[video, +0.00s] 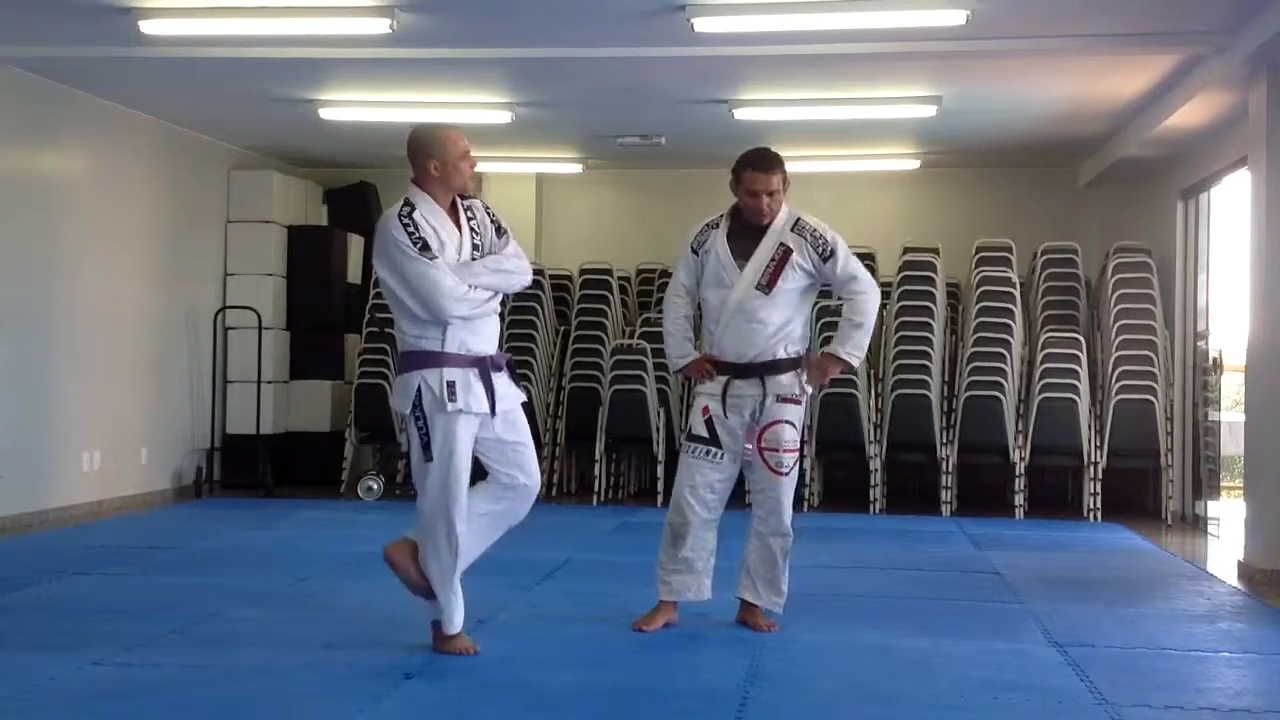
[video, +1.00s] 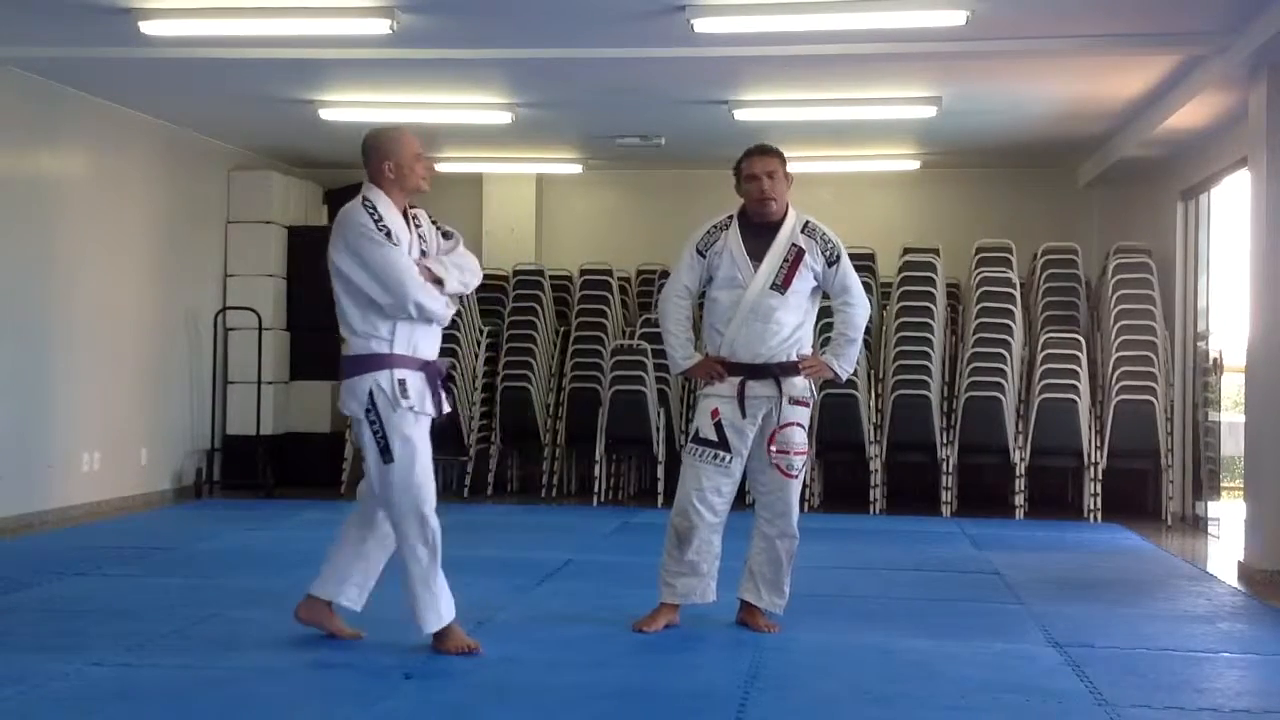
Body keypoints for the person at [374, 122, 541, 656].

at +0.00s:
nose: (475, 165)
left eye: (472, 157)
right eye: (466, 159)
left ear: (444, 167)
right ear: (433, 168)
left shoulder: (477, 213)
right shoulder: (398, 227)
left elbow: (521, 271)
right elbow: (446, 301)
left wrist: (457, 273)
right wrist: (494, 290)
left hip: (489, 373)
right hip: (435, 377)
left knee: (520, 482)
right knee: (444, 501)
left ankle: (420, 554)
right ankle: (449, 626)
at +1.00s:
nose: (431, 168)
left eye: (428, 158)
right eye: (420, 159)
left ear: (393, 168)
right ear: (388, 168)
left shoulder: (413, 219)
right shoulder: (359, 220)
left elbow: (469, 266)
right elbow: (413, 299)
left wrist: (432, 274)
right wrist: (448, 295)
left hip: (414, 376)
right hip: (382, 378)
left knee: (385, 497)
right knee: (414, 501)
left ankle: (322, 600)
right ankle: (440, 624)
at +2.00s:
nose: (422, 159)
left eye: (421, 149)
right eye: (414, 150)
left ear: (390, 156)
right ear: (381, 155)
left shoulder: (407, 213)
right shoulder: (348, 208)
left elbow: (444, 276)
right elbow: (387, 297)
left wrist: (395, 272)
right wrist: (425, 287)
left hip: (381, 373)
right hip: (347, 373)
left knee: (353, 497)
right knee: (358, 504)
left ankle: (311, 603)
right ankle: (346, 634)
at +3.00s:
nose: (491, 178)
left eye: (491, 168)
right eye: (486, 168)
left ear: (461, 169)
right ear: (454, 169)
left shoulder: (478, 224)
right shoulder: (407, 219)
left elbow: (515, 286)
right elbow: (446, 298)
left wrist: (458, 272)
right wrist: (492, 293)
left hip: (477, 378)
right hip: (426, 377)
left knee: (481, 500)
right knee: (415, 502)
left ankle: (455, 614)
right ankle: (364, 627)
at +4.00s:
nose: (542, 189)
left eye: (543, 179)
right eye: (538, 179)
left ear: (510, 174)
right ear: (511, 175)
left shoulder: (511, 232)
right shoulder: (456, 214)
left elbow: (536, 310)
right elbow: (465, 298)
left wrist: (575, 367)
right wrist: (531, 347)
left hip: (503, 385)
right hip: (459, 384)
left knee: (498, 505)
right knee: (457, 507)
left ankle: (465, 617)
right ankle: (439, 632)